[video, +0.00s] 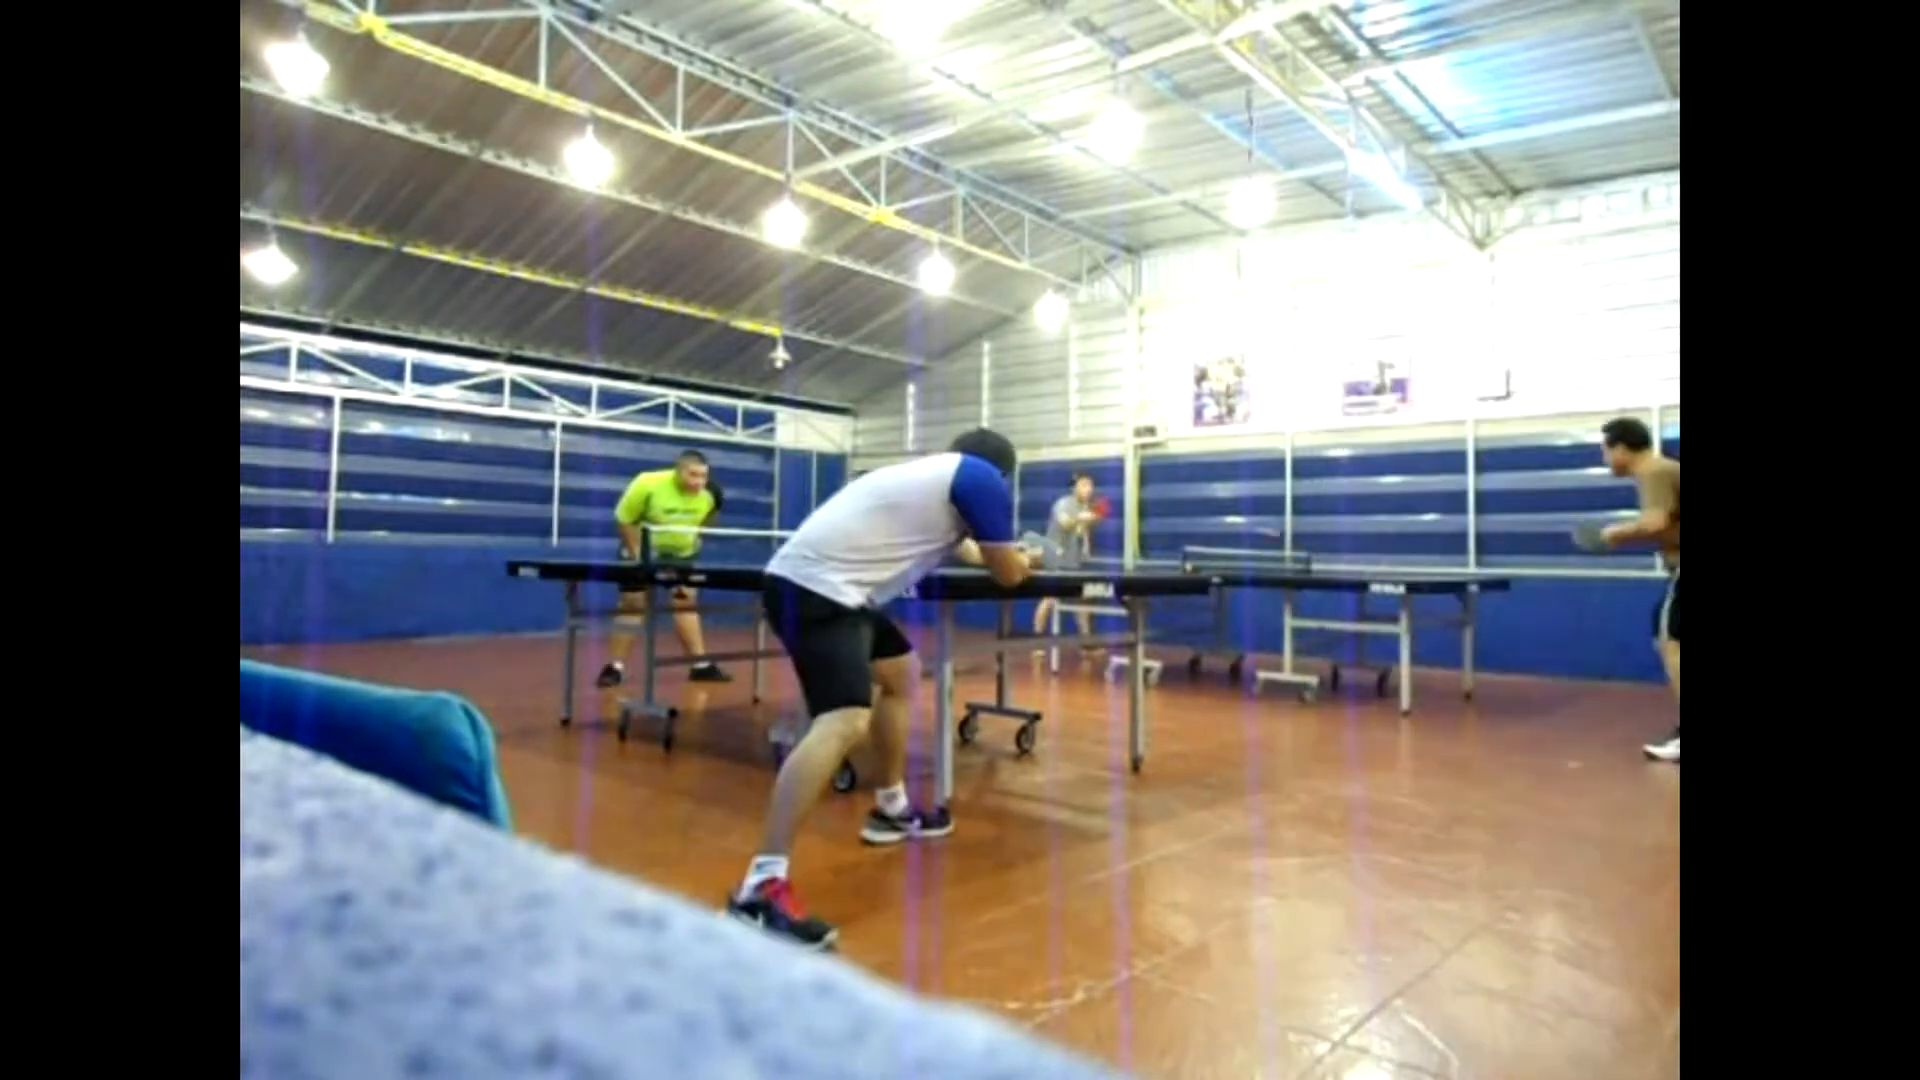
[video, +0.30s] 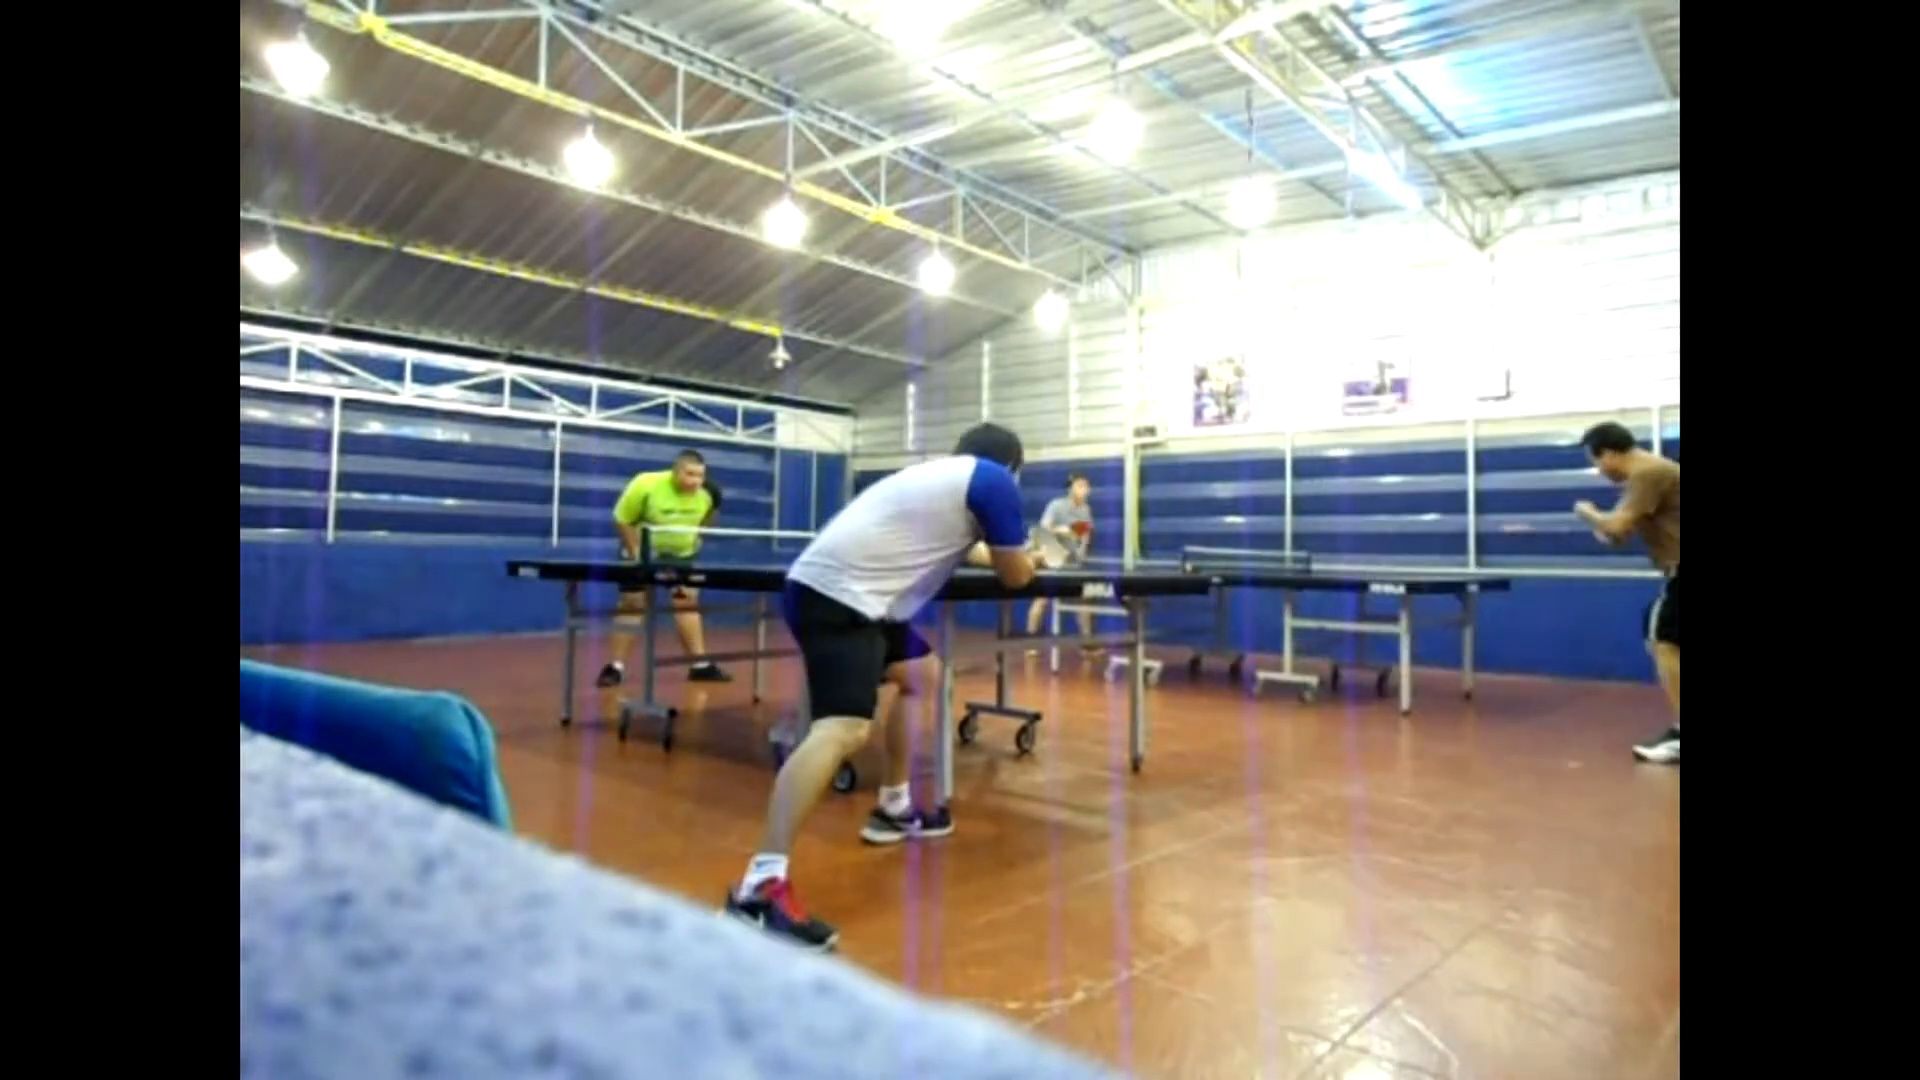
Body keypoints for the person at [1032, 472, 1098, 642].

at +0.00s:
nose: (1086, 490)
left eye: (1089, 486)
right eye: (1083, 485)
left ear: (1092, 489)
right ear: (1075, 487)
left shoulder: (1086, 507)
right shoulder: (1063, 504)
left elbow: (1085, 531)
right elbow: (1065, 522)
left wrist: (1087, 553)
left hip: (1077, 558)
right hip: (1057, 557)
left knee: (1081, 599)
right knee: (1049, 597)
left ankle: (1086, 636)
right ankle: (1037, 633)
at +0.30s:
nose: (1083, 490)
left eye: (1085, 486)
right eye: (1079, 486)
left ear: (1088, 490)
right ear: (1071, 488)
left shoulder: (1085, 509)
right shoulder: (1057, 505)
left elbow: (1087, 532)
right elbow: (1045, 526)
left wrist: (1083, 553)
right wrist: (1065, 530)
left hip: (1076, 558)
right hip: (1053, 557)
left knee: (1084, 599)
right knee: (1043, 597)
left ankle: (1087, 637)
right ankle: (1031, 634)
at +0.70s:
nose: (1078, 503)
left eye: (1081, 499)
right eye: (1074, 499)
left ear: (1084, 500)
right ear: (1066, 500)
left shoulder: (1083, 522)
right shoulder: (1052, 517)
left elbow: (1081, 549)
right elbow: (1046, 545)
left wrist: (1057, 547)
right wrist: (1069, 549)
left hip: (1069, 564)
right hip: (1044, 564)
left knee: (1076, 600)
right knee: (1040, 598)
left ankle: (1083, 638)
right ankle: (1030, 635)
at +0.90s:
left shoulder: (1082, 507)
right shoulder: (1057, 507)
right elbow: (1072, 531)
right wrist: (1093, 524)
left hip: (1072, 559)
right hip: (1049, 559)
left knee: (1078, 602)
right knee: (1042, 599)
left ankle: (1083, 640)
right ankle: (1031, 637)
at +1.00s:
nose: (1090, 490)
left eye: (1092, 486)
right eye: (1087, 485)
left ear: (1093, 489)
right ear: (1077, 487)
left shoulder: (1085, 507)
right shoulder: (1064, 504)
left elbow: (1080, 531)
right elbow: (1067, 526)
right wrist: (1086, 520)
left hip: (1074, 559)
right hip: (1053, 558)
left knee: (1079, 601)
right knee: (1043, 597)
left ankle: (1083, 639)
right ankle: (1032, 636)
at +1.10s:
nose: (1091, 491)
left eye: (1093, 487)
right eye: (1087, 486)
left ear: (1095, 491)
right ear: (1078, 488)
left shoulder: (1088, 509)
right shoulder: (1064, 504)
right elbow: (1061, 528)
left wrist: (1092, 522)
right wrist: (1079, 523)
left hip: (1076, 560)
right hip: (1053, 558)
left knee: (1081, 601)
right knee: (1044, 597)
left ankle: (1084, 637)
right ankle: (1032, 635)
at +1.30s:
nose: (1089, 494)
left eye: (1089, 489)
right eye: (1085, 489)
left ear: (1087, 491)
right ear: (1074, 489)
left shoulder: (1083, 509)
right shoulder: (1058, 507)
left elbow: (1081, 528)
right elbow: (1050, 533)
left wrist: (1088, 534)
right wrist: (1069, 535)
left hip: (1073, 560)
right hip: (1050, 560)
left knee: (1079, 601)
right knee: (1042, 598)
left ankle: (1083, 638)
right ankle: (1031, 635)